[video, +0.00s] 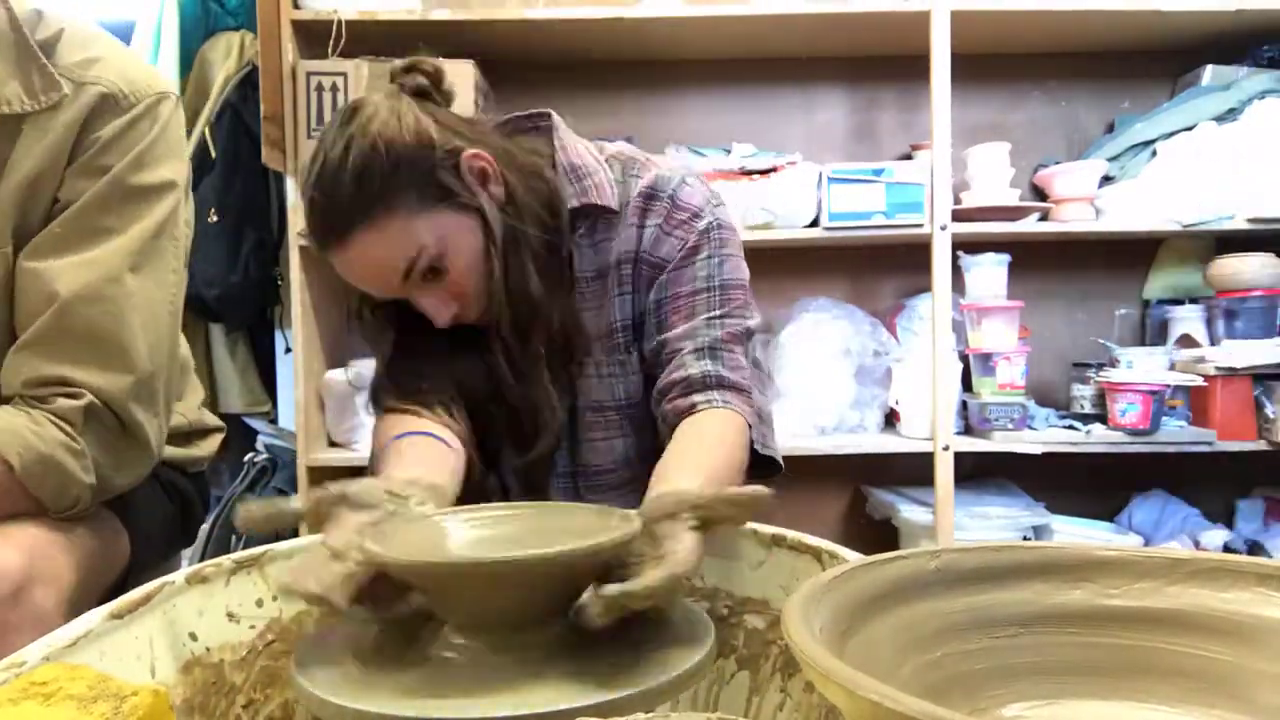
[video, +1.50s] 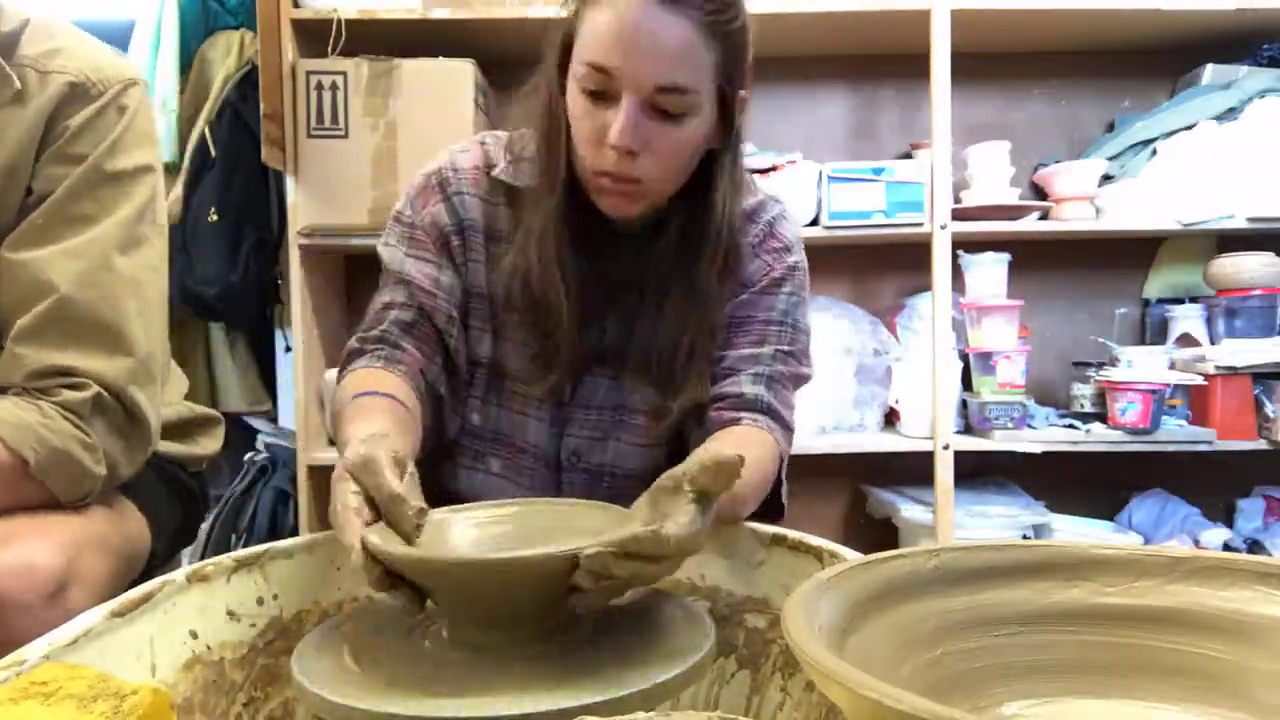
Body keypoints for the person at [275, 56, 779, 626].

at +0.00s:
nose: (438, 316)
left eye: (432, 272)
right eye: (406, 299)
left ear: (483, 179)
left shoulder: (671, 215)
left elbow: (714, 398)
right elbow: (423, 401)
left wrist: (672, 515)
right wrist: (404, 504)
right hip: (492, 597)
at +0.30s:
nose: (556, 93)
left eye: (604, 68)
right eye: (532, 51)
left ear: (655, 93)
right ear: (494, 57)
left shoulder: (710, 214)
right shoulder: (419, 202)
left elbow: (740, 393)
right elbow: (377, 371)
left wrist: (706, 521)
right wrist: (380, 467)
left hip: (643, 583)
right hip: (462, 581)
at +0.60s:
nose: (480, 130)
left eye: (508, 83)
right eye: (443, 101)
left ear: (574, 69)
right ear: (416, 109)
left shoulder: (687, 224)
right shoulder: (395, 248)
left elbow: (728, 405)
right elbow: (387, 417)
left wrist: (687, 506)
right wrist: (383, 509)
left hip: (642, 605)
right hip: (462, 613)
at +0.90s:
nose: (512, 160)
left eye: (544, 114)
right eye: (472, 125)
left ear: (606, 83)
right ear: (437, 115)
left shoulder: (707, 225)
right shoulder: (404, 238)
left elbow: (740, 412)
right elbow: (390, 405)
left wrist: (678, 510)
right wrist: (410, 503)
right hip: (470, 602)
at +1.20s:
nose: (511, 154)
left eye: (548, 109)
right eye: (472, 115)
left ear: (607, 84)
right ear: (432, 104)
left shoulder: (695, 222)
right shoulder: (388, 237)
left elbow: (728, 405)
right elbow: (383, 419)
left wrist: (707, 489)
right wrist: (385, 496)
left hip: (641, 603)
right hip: (455, 604)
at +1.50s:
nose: (619, 139)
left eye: (667, 110)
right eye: (597, 94)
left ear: (727, 111)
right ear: (562, 81)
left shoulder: (753, 236)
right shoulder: (464, 193)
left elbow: (756, 414)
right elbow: (392, 347)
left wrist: (700, 499)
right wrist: (377, 443)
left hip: (645, 594)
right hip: (460, 586)